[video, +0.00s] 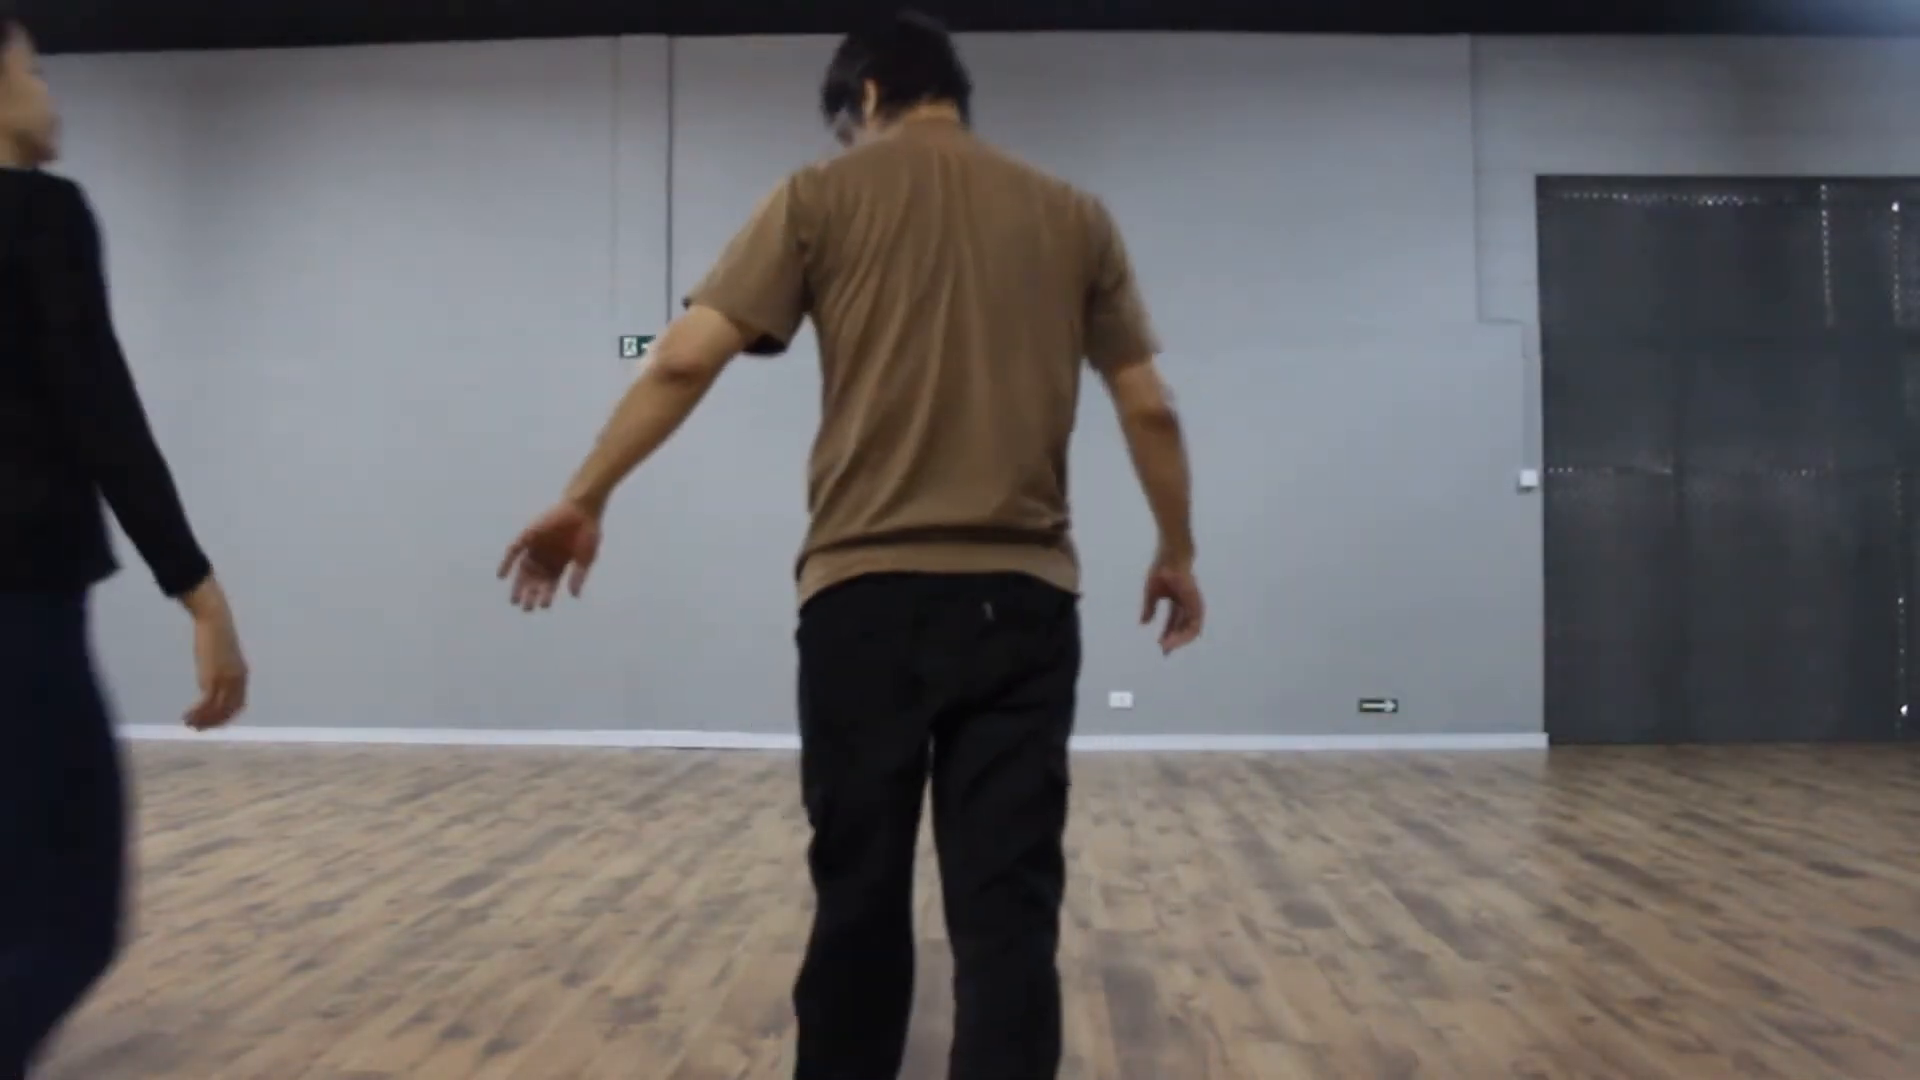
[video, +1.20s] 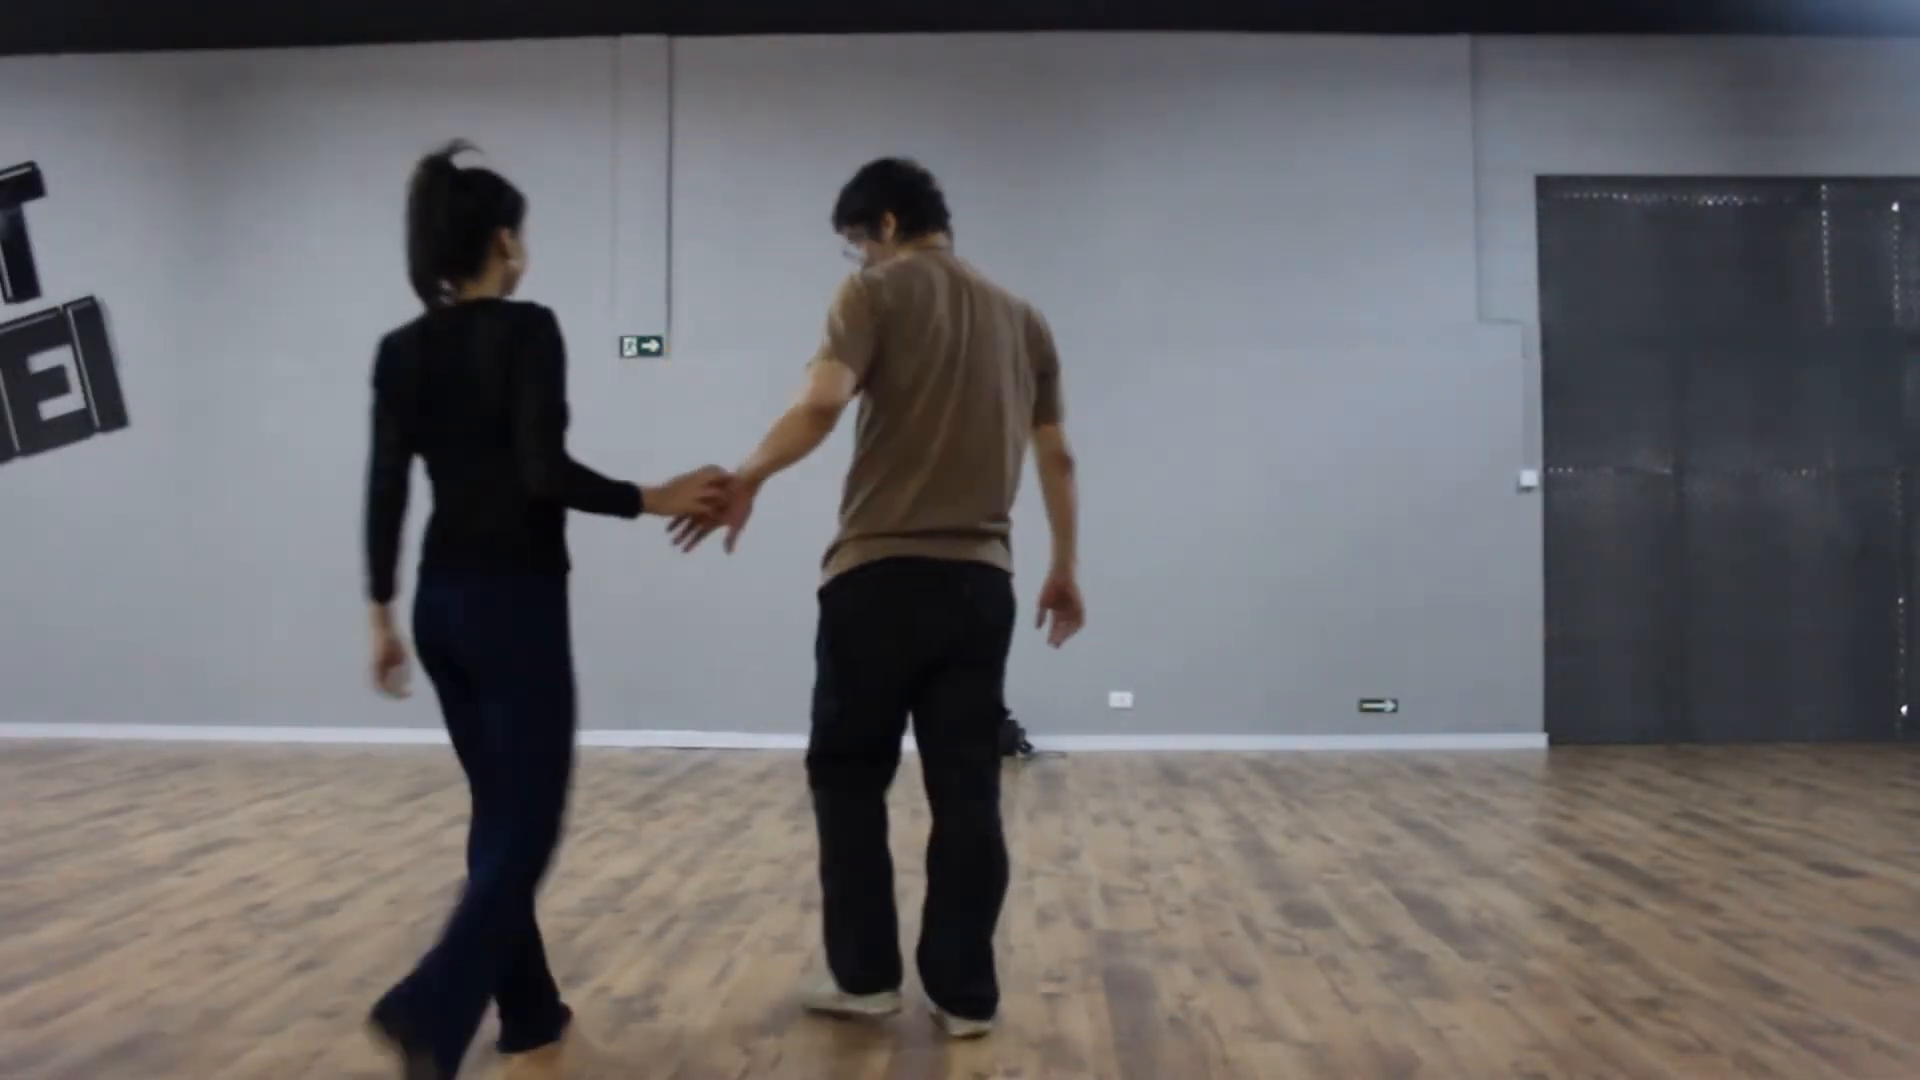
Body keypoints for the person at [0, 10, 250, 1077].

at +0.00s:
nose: (45, 81)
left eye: (36, 55)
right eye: (28, 56)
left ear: (11, 77)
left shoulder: (39, 209)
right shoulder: (38, 210)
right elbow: (99, 411)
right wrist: (200, 592)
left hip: (33, 615)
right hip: (23, 619)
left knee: (50, 903)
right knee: (73, 914)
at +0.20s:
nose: (144, 114)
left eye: (133, 92)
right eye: (126, 93)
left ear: (51, 117)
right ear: (74, 110)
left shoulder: (7, 222)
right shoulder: (113, 225)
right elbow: (127, 434)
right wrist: (268, 580)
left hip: (14, 611)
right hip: (100, 611)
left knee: (21, 910)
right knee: (203, 861)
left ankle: (19, 1065)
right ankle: (181, 1063)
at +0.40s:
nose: (249, 162)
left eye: (241, 143)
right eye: (237, 144)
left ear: (148, 170)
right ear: (198, 159)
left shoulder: (96, 290)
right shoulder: (233, 268)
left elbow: (123, 468)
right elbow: (257, 456)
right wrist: (407, 484)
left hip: (125, 628)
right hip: (232, 631)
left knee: (113, 891)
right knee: (295, 881)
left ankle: (40, 1067)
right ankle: (352, 1064)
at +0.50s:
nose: (308, 172)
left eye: (301, 153)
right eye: (298, 154)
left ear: (206, 175)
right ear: (267, 165)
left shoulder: (155, 298)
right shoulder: (303, 275)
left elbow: (178, 485)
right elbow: (342, 459)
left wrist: (256, 543)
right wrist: (482, 464)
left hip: (216, 613)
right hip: (321, 608)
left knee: (216, 869)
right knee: (342, 876)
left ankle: (89, 1069)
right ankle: (360, 1069)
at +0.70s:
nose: (377, 182)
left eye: (370, 165)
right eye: (371, 166)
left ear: (271, 186)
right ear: (348, 176)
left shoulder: (227, 300)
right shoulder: (387, 282)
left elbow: (228, 471)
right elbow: (430, 451)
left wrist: (262, 580)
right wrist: (556, 466)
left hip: (287, 602)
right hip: (387, 595)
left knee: (334, 826)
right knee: (377, 845)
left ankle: (224, 1052)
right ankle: (361, 1064)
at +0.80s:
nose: (424, 196)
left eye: (418, 180)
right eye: (418, 181)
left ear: (322, 197)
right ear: (398, 190)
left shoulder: (279, 311)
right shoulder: (435, 288)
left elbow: (261, 469)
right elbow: (476, 453)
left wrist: (260, 607)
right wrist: (586, 476)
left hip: (327, 603)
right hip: (426, 598)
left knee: (398, 819)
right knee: (390, 846)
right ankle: (355, 1061)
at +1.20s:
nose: (525, 249)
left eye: (519, 234)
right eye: (519, 235)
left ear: (438, 250)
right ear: (501, 245)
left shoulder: (403, 349)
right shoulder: (529, 330)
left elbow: (387, 490)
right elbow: (545, 472)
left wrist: (383, 616)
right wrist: (651, 498)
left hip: (441, 606)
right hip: (521, 606)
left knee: (497, 807)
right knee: (530, 814)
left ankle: (529, 1013)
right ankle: (426, 1013)